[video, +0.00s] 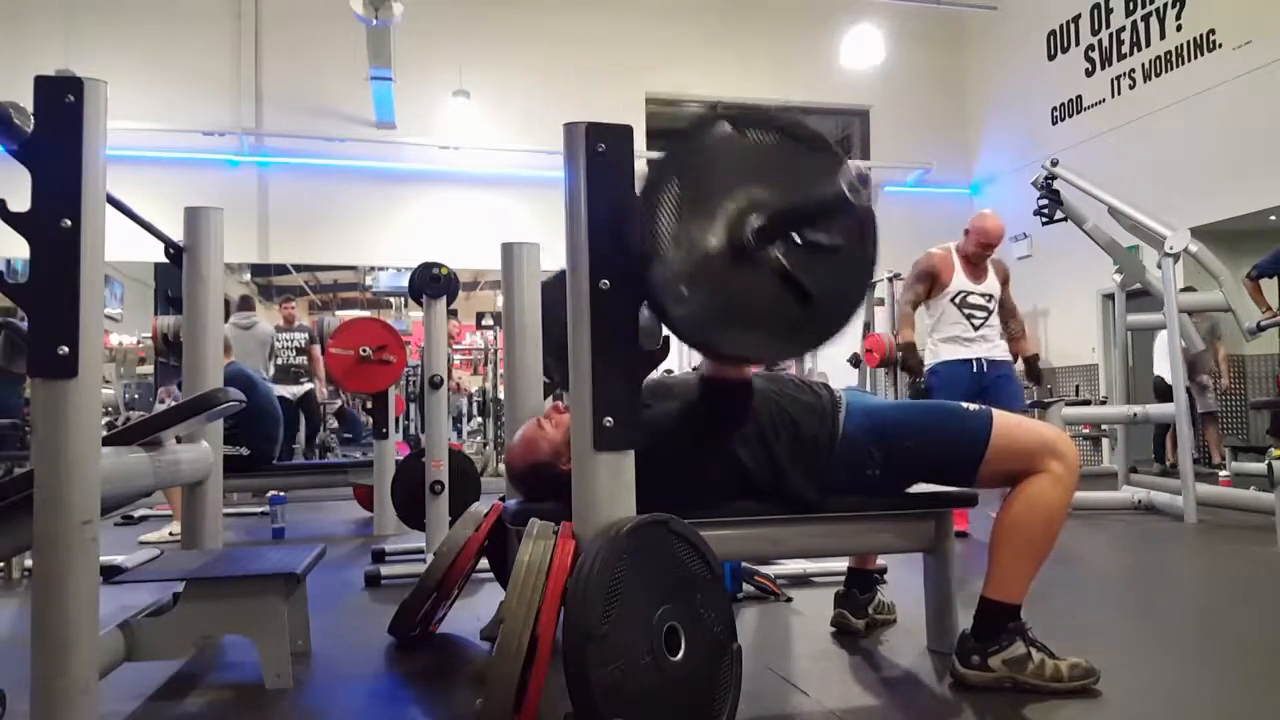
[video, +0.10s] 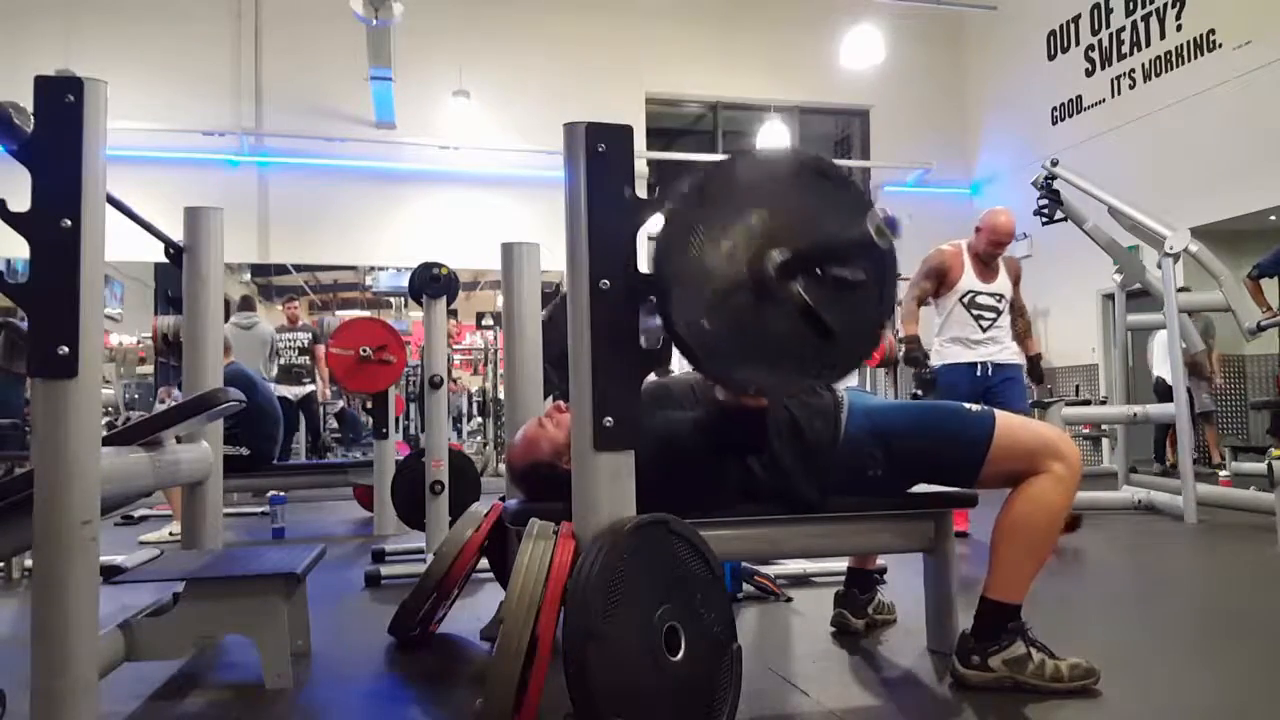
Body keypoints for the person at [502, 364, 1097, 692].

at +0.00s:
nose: (553, 410)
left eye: (544, 413)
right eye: (544, 425)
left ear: (561, 421)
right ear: (555, 461)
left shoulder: (607, 436)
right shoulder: (617, 460)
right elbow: (714, 408)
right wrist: (731, 306)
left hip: (814, 430)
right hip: (837, 435)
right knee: (1055, 456)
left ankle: (860, 595)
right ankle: (993, 640)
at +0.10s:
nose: (550, 413)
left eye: (541, 416)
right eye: (543, 426)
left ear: (555, 424)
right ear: (553, 457)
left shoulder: (613, 425)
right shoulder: (608, 449)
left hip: (802, 424)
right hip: (826, 437)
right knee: (1057, 454)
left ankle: (858, 594)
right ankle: (992, 640)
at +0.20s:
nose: (549, 414)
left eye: (541, 417)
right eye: (542, 429)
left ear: (556, 420)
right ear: (556, 461)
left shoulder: (616, 419)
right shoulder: (612, 449)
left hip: (789, 432)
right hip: (820, 445)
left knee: (912, 436)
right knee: (1056, 454)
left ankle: (859, 594)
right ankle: (992, 640)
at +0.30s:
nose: (546, 418)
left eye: (539, 420)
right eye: (541, 431)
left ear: (551, 423)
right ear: (552, 457)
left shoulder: (605, 422)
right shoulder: (600, 452)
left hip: (778, 425)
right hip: (818, 441)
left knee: (900, 433)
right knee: (1057, 455)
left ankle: (859, 593)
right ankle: (992, 641)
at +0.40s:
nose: (550, 406)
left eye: (540, 413)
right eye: (544, 424)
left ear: (557, 419)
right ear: (562, 456)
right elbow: (750, 457)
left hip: (811, 417)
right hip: (839, 440)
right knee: (1058, 456)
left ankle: (857, 598)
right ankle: (991, 642)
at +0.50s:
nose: (550, 407)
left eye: (539, 414)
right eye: (544, 424)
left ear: (557, 425)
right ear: (562, 454)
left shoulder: (617, 423)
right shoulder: (630, 451)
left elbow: (666, 383)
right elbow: (764, 460)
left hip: (800, 430)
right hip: (842, 441)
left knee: (902, 444)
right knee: (1058, 457)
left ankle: (858, 595)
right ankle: (992, 642)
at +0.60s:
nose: (553, 404)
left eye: (543, 410)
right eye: (548, 419)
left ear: (561, 450)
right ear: (566, 450)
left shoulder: (618, 435)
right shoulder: (640, 440)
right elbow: (761, 453)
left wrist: (657, 382)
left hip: (808, 430)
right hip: (850, 435)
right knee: (1059, 457)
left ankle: (858, 596)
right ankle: (991, 642)